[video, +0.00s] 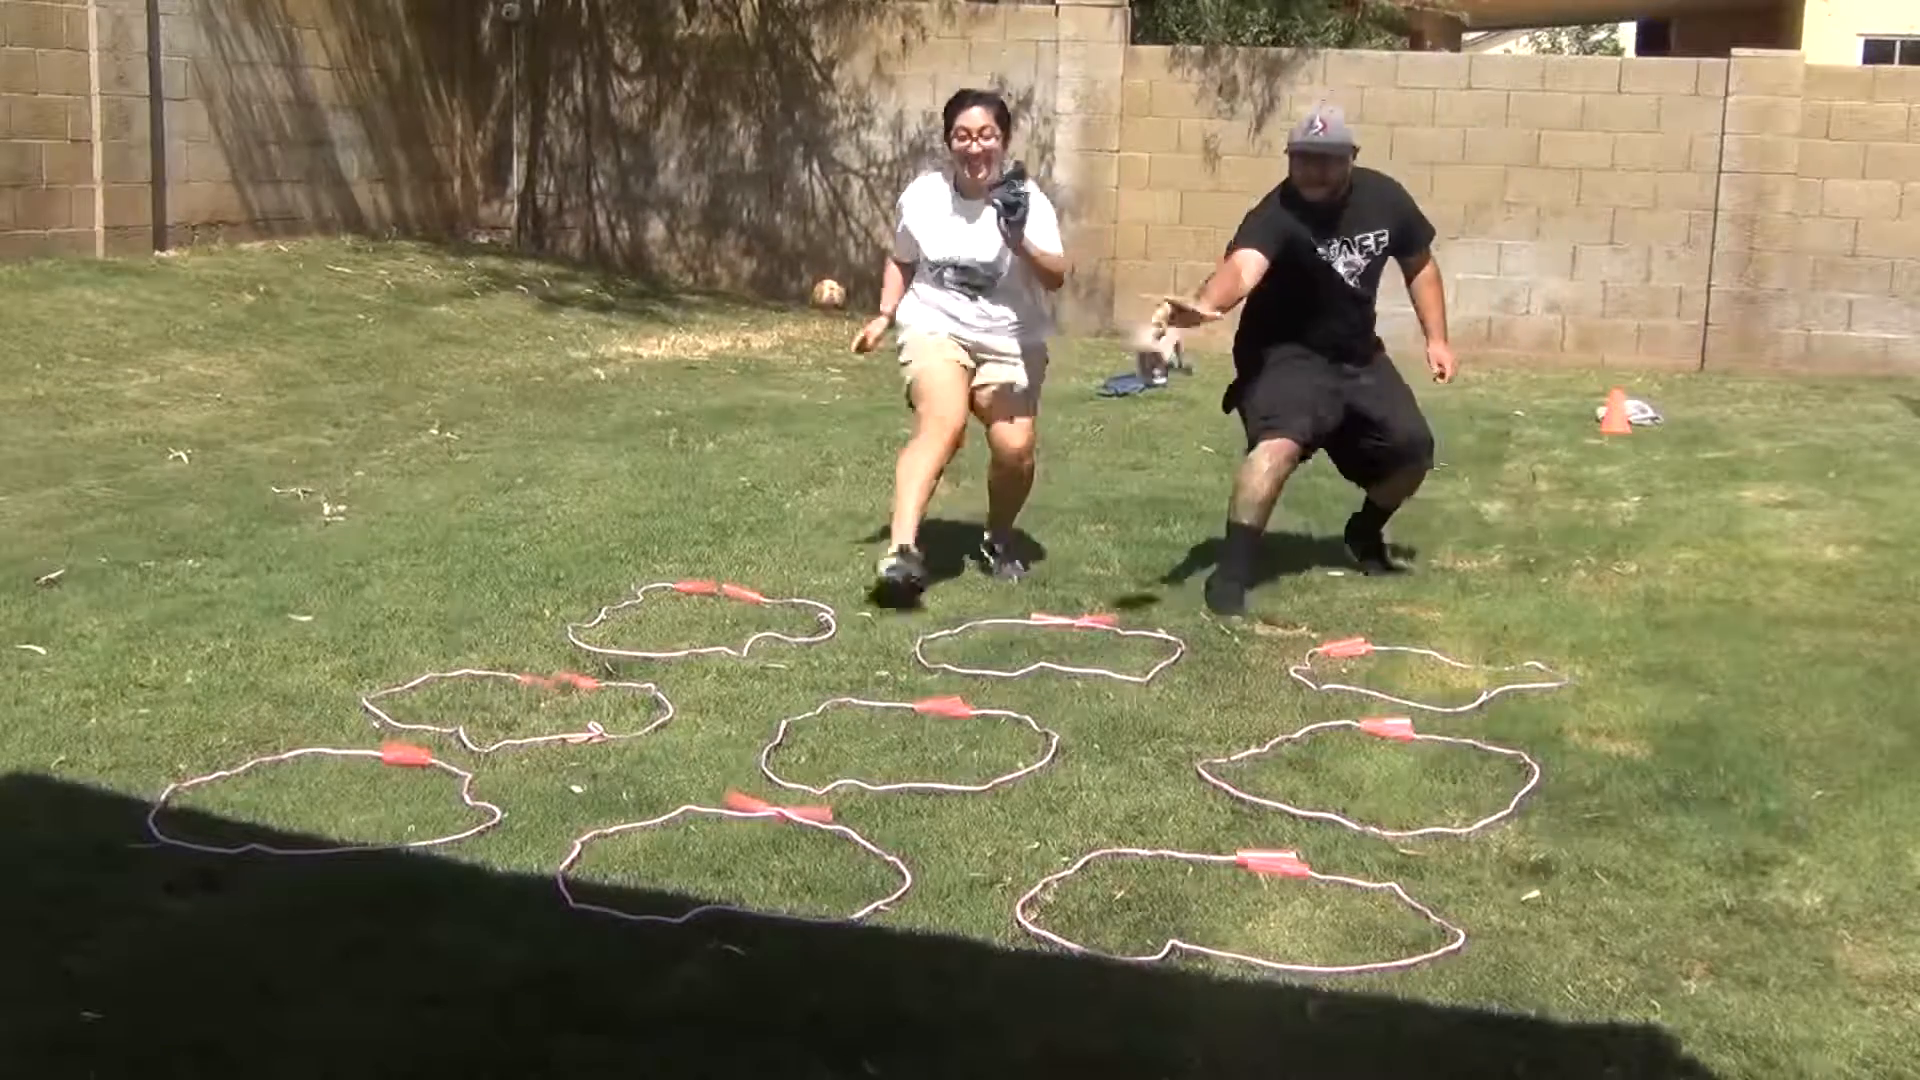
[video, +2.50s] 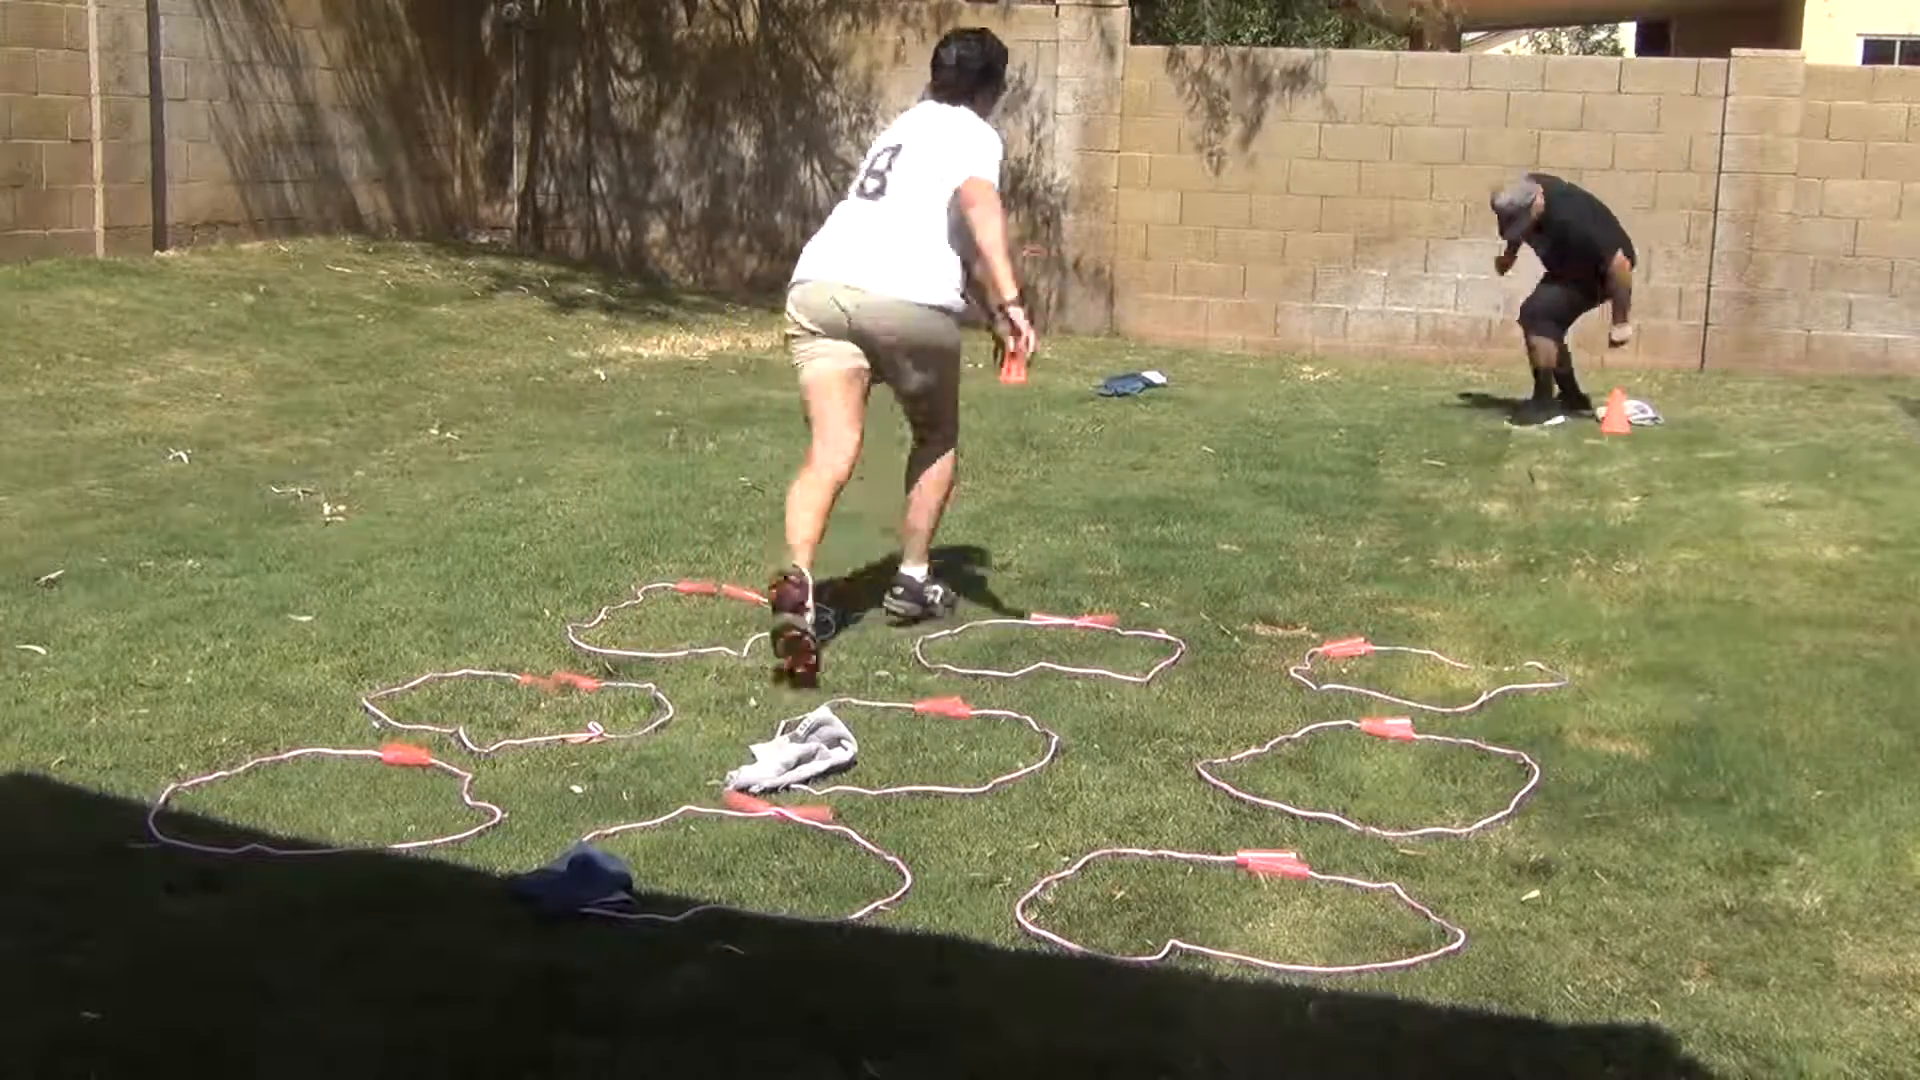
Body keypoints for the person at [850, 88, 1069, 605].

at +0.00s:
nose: (975, 146)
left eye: (986, 134)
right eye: (963, 135)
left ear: (1006, 140)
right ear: (948, 142)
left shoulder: (1029, 200)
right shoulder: (925, 193)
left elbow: (1056, 276)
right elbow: (901, 259)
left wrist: (1016, 237)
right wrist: (885, 314)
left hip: (1010, 337)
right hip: (934, 325)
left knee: (1015, 448)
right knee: (941, 420)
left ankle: (999, 538)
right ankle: (901, 552)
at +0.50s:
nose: (955, 193)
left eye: (968, 181)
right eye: (943, 180)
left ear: (986, 178)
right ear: (926, 172)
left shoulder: (1004, 229)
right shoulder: (888, 195)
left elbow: (997, 313)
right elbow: (832, 225)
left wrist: (971, 378)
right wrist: (791, 290)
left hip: (959, 346)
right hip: (883, 330)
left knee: (982, 471)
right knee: (907, 431)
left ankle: (973, 546)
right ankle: (877, 565)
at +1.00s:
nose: (858, 206)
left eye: (871, 193)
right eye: (844, 193)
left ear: (892, 178)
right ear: (819, 176)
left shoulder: (925, 224)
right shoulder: (781, 218)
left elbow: (978, 324)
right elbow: (755, 320)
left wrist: (1023, 426)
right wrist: (761, 402)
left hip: (879, 364)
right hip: (792, 366)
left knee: (853, 490)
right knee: (802, 507)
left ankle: (815, 648)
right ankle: (822, 542)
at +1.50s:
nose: (823, 409)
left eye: (837, 396)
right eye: (810, 393)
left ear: (850, 381)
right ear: (773, 366)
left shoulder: (842, 429)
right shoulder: (717, 322)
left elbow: (835, 553)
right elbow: (614, 326)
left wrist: (847, 690)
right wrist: (563, 398)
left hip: (747, 465)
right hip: (653, 398)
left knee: (698, 617)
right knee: (689, 536)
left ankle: (771, 632)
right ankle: (651, 737)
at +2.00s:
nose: (982, 291)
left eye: (987, 276)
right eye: (979, 272)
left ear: (938, 267)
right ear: (938, 261)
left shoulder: (890, 332)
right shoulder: (843, 271)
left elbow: (861, 423)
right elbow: (736, 332)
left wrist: (861, 437)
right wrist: (773, 443)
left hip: (733, 384)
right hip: (665, 366)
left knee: (822, 496)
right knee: (727, 541)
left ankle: (754, 654)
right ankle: (657, 735)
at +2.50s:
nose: (999, 98)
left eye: (998, 88)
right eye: (1000, 88)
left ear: (933, 78)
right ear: (992, 88)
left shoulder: (898, 129)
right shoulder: (976, 135)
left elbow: (905, 246)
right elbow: (978, 205)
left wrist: (986, 313)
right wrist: (1010, 304)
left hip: (818, 287)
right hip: (907, 300)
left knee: (829, 453)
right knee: (935, 437)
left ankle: (795, 578)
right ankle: (913, 581)